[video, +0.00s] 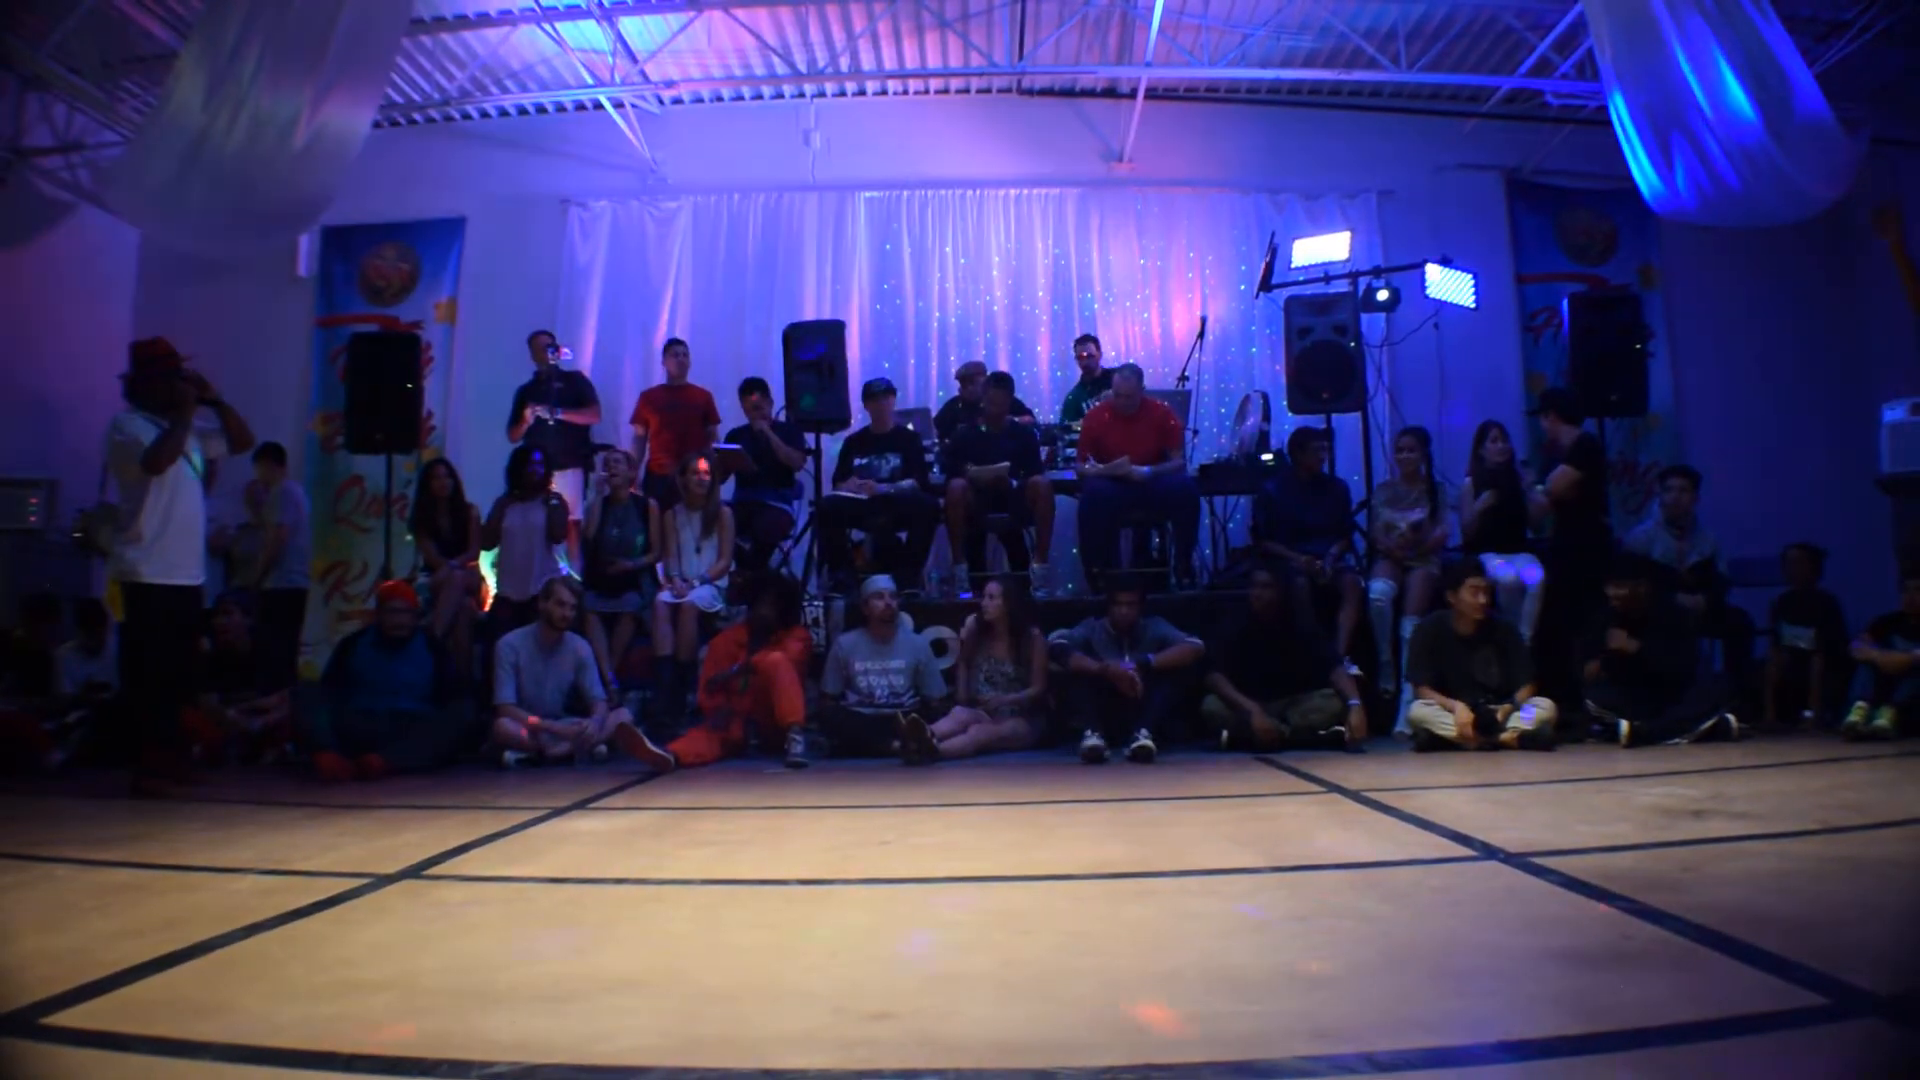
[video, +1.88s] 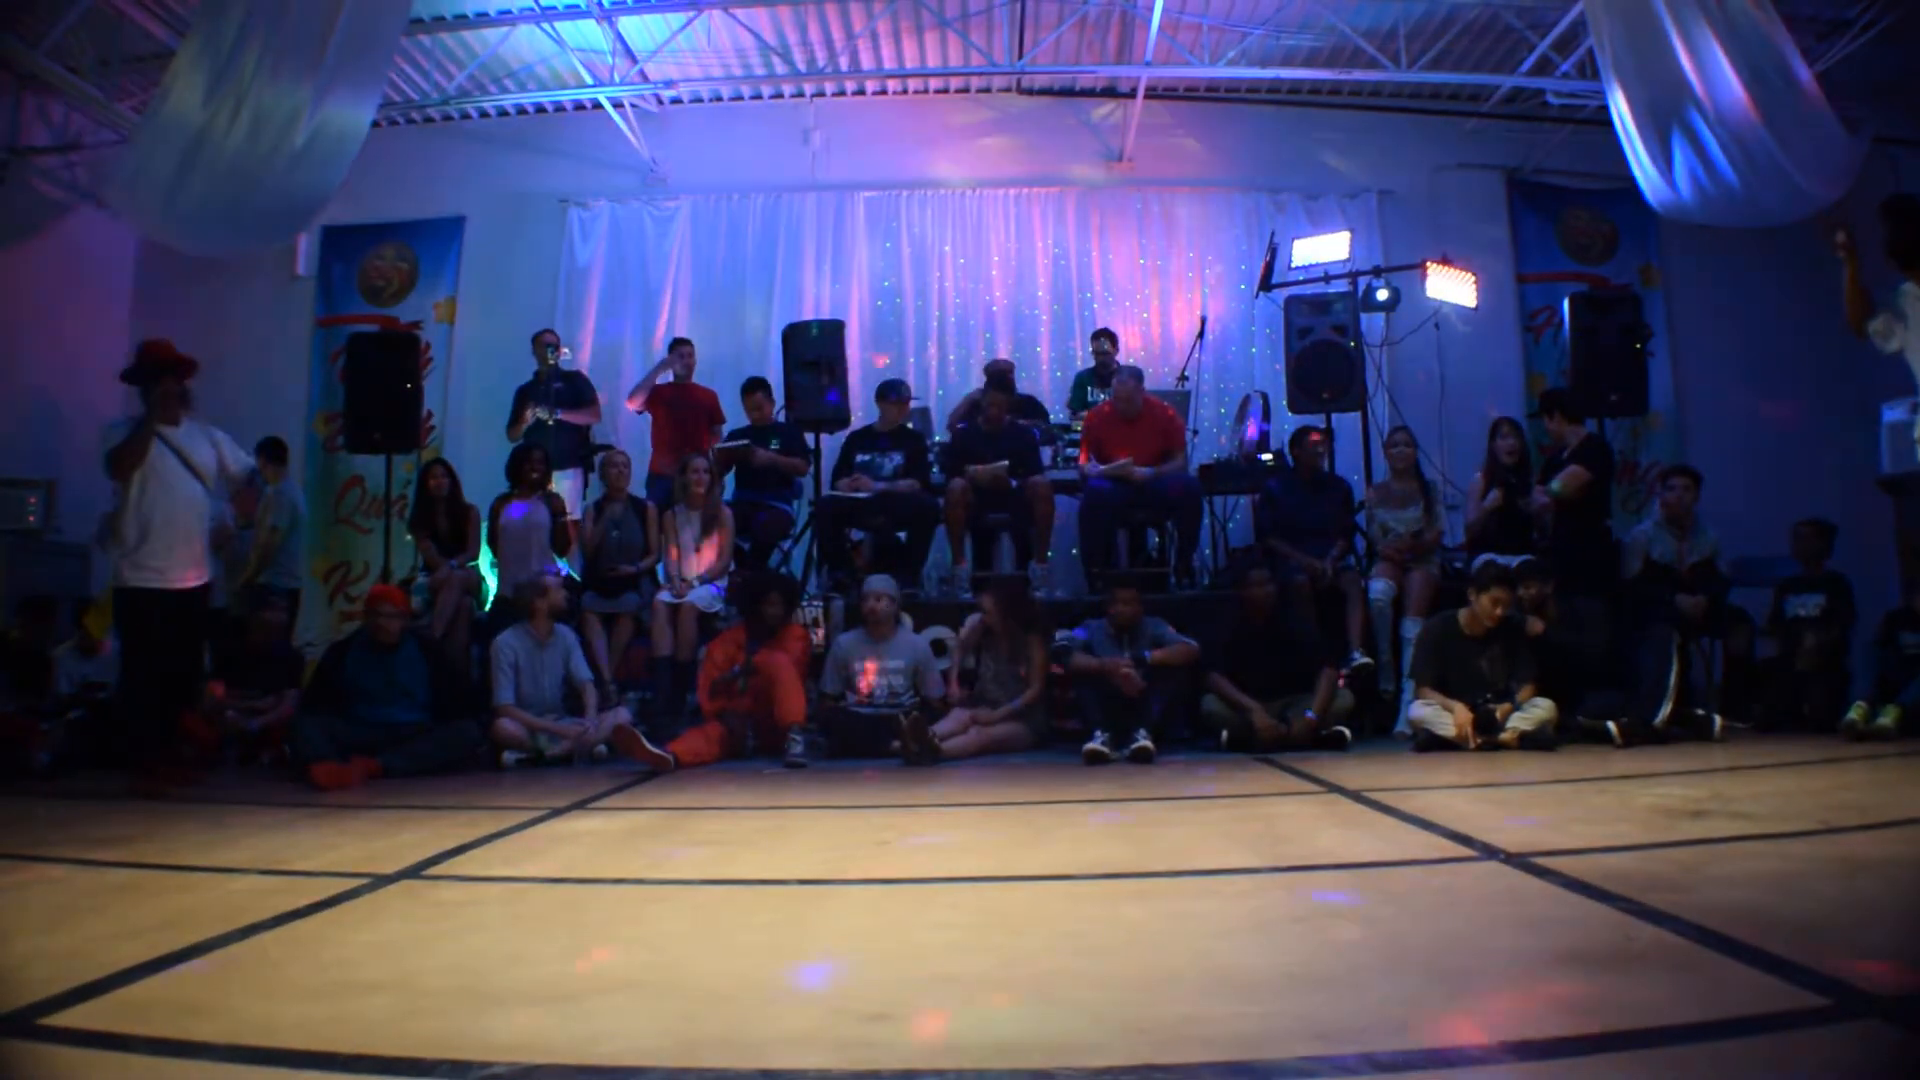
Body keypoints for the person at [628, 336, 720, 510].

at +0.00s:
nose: (681, 360)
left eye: (685, 355)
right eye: (675, 355)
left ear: (690, 361)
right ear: (664, 362)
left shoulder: (703, 397)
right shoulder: (649, 397)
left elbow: (712, 438)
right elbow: (639, 440)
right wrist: (632, 477)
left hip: (694, 478)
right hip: (659, 477)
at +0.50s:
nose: (689, 359)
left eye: (693, 354)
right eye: (683, 354)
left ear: (697, 359)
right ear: (672, 359)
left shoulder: (708, 396)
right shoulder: (655, 394)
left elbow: (717, 432)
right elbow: (642, 429)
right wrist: (648, 454)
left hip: (696, 475)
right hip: (662, 472)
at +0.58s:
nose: (690, 359)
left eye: (693, 354)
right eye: (684, 353)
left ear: (698, 359)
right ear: (673, 358)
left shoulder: (709, 396)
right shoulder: (656, 394)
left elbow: (717, 432)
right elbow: (639, 433)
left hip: (697, 477)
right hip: (662, 473)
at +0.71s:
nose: (689, 359)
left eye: (693, 354)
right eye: (683, 354)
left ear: (698, 359)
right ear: (673, 360)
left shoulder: (711, 396)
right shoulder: (661, 393)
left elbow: (719, 438)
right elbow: (633, 424)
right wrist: (649, 394)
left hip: (697, 478)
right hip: (663, 475)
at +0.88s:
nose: (687, 360)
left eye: (691, 354)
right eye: (681, 355)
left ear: (697, 359)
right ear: (672, 360)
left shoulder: (711, 395)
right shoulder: (659, 391)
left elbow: (719, 435)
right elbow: (632, 406)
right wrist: (659, 368)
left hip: (697, 478)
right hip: (663, 475)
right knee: (661, 533)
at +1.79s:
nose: (685, 361)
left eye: (689, 356)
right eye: (679, 356)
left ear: (695, 360)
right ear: (669, 361)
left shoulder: (708, 396)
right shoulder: (658, 392)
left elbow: (717, 436)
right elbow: (635, 401)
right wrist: (663, 364)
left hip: (697, 480)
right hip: (662, 477)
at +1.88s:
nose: (686, 361)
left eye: (690, 356)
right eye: (680, 356)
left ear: (695, 360)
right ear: (670, 361)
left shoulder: (708, 396)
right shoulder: (658, 392)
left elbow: (717, 435)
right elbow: (633, 403)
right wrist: (661, 367)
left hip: (697, 479)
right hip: (663, 476)